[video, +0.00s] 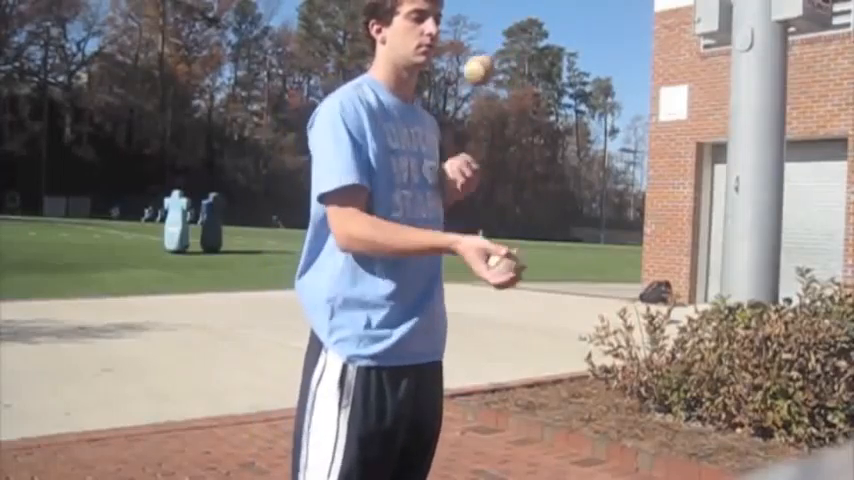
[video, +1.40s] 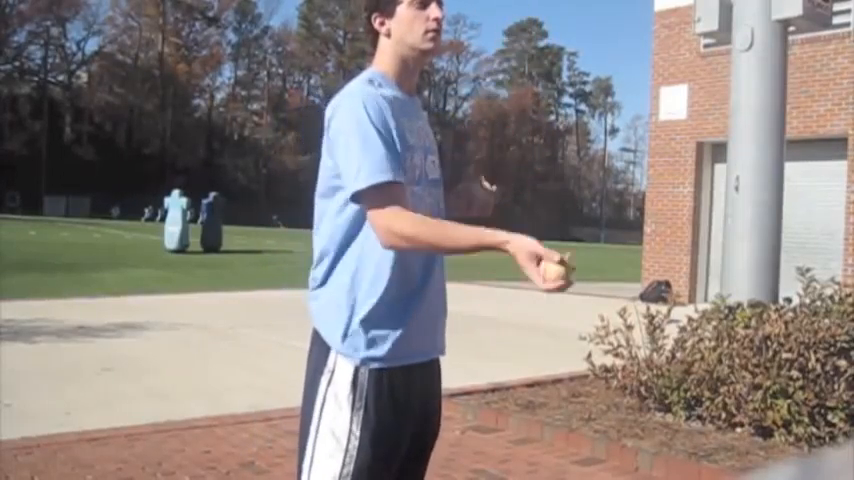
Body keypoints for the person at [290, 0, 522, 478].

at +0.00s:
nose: (433, 30)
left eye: (436, 20)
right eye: (417, 17)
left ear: (439, 30)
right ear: (378, 29)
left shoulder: (426, 123)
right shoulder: (344, 109)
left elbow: (418, 212)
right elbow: (349, 229)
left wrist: (448, 187)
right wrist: (456, 243)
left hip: (421, 355)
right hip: (355, 356)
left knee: (407, 471)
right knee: (335, 471)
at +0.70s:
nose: (435, 26)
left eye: (439, 16)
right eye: (421, 13)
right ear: (380, 26)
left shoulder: (426, 119)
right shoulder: (349, 103)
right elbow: (382, 220)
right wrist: (495, 212)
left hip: (415, 349)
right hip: (350, 351)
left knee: (403, 470)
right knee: (334, 471)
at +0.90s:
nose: (436, 23)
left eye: (439, 13)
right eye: (421, 10)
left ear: (441, 27)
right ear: (381, 23)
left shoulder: (437, 125)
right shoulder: (338, 100)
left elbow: (437, 235)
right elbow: (339, 217)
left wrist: (468, 287)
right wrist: (443, 170)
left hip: (418, 354)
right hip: (350, 353)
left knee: (405, 471)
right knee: (337, 471)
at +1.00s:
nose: (438, 23)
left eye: (440, 13)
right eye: (422, 11)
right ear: (382, 24)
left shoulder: (440, 124)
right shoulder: (337, 102)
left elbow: (434, 230)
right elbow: (301, 215)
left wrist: (475, 235)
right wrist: (408, 192)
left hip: (419, 354)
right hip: (349, 354)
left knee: (407, 471)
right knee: (339, 471)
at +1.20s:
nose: (437, 19)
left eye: (440, 10)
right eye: (422, 8)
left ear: (441, 24)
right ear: (382, 22)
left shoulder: (424, 116)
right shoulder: (347, 105)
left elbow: (421, 213)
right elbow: (310, 221)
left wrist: (464, 164)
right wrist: (412, 273)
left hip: (419, 355)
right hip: (356, 359)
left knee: (405, 472)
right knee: (338, 473)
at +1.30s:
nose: (438, 16)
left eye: (439, 7)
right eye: (421, 6)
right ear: (382, 22)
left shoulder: (414, 110)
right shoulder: (356, 105)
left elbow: (407, 203)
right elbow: (348, 230)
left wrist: (458, 178)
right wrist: (457, 280)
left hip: (418, 355)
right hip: (359, 358)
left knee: (406, 471)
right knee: (337, 471)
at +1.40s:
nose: (437, 14)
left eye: (439, 6)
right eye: (422, 5)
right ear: (382, 22)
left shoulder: (413, 109)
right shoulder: (361, 102)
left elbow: (409, 214)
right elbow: (392, 226)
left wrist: (458, 204)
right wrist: (508, 241)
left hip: (416, 351)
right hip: (361, 354)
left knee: (403, 471)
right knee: (344, 471)